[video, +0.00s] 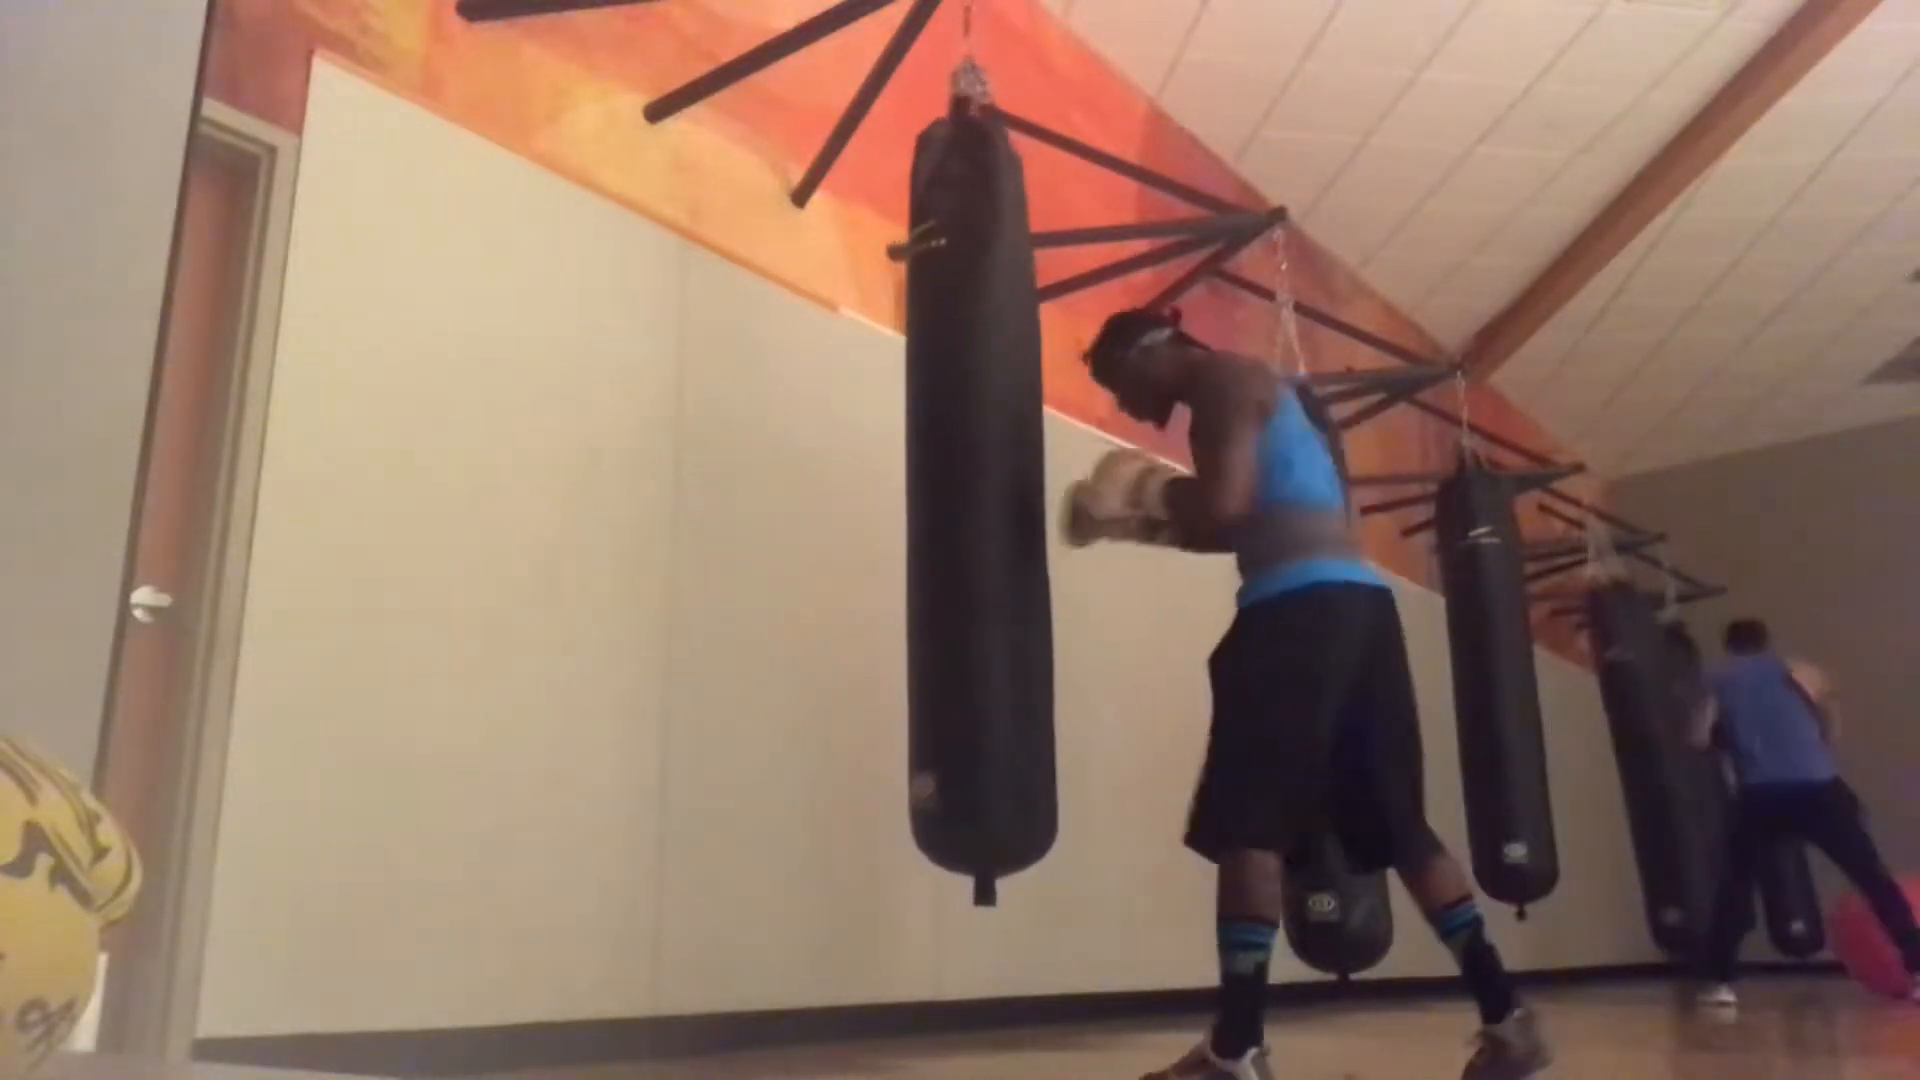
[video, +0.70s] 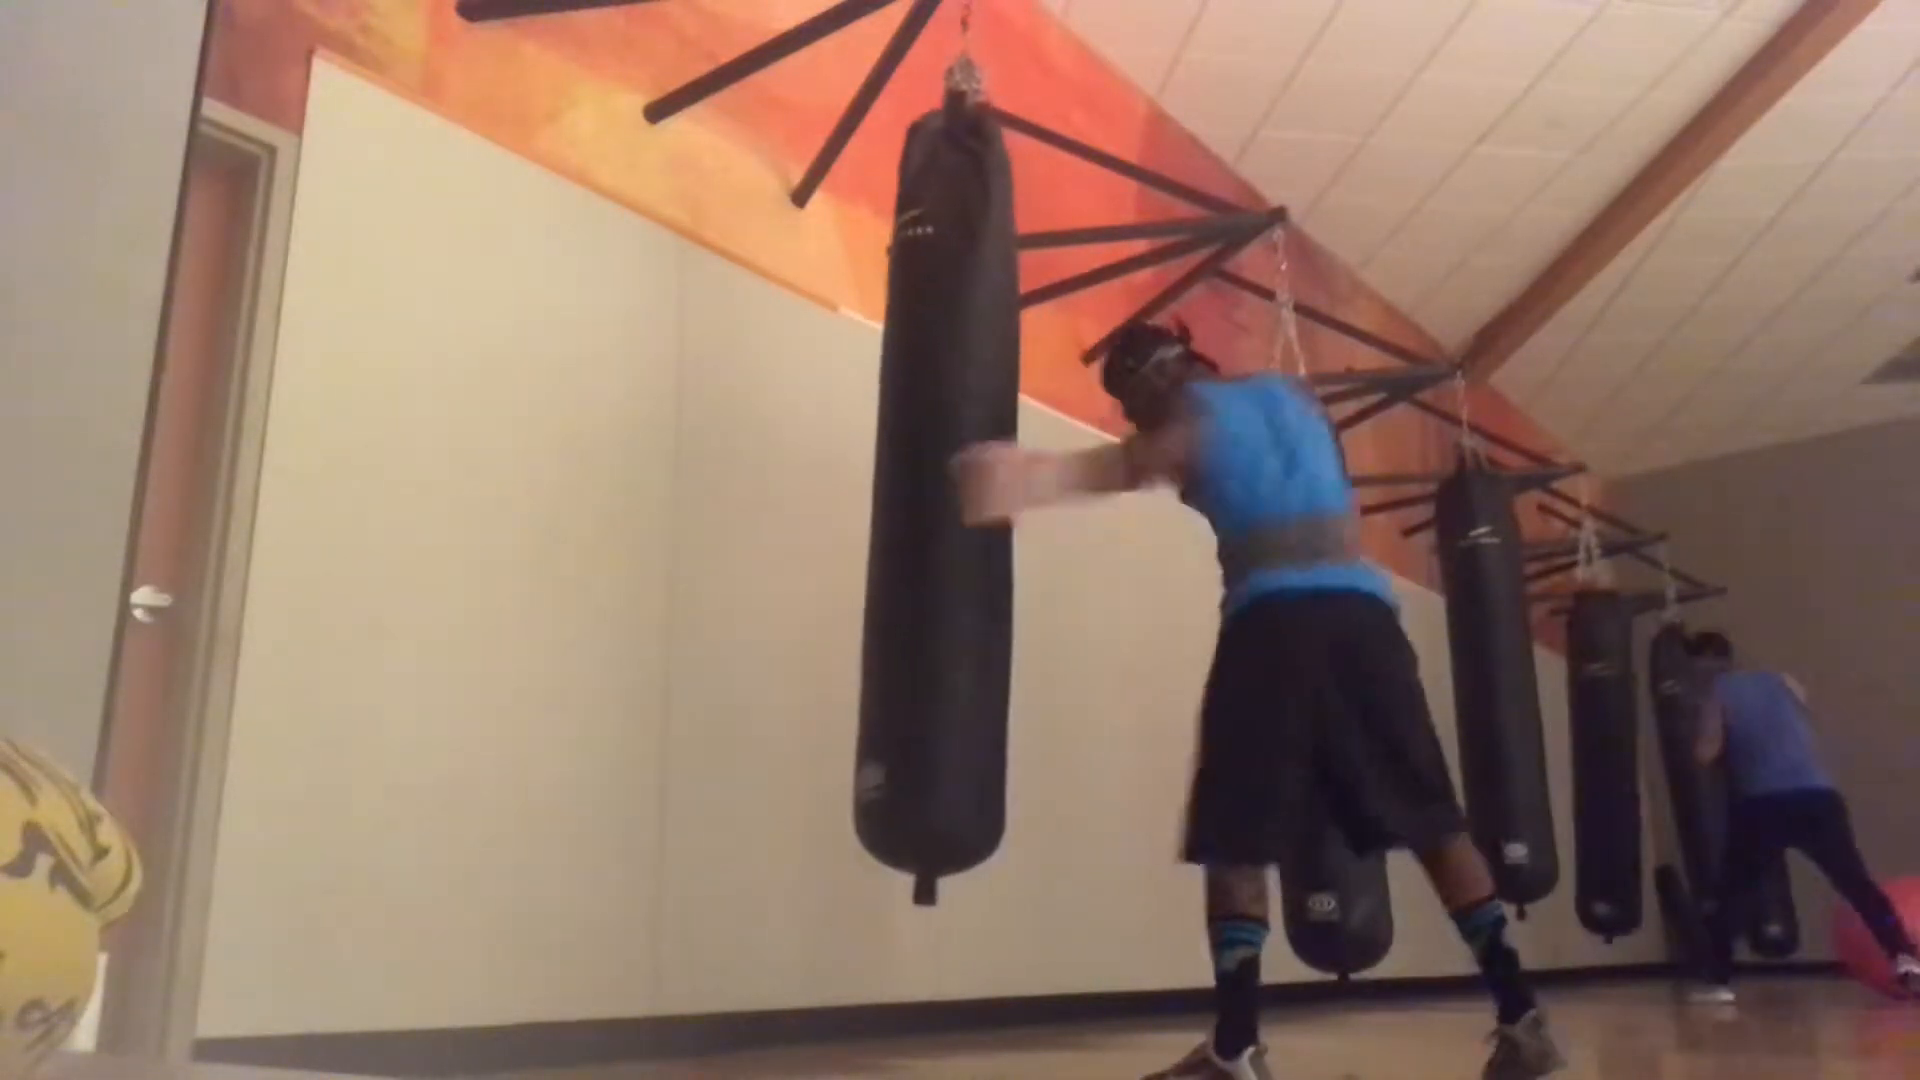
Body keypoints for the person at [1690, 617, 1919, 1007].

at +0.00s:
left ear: (1728, 648)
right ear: (1766, 643)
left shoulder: (1720, 681)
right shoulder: (1793, 668)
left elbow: (1699, 738)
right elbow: (1824, 703)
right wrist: (1826, 742)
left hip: (1761, 797)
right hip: (1820, 790)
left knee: (1736, 884)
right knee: (1872, 877)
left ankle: (1720, 979)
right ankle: (1916, 963)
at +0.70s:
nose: (1698, 671)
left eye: (1697, 665)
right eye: (1698, 664)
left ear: (1704, 663)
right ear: (1731, 654)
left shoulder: (1718, 692)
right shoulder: (1780, 679)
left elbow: (1706, 751)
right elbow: (1808, 715)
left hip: (1761, 804)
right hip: (1816, 797)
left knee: (1732, 888)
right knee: (1855, 881)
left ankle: (1719, 979)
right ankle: (1903, 955)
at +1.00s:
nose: (1724, 669)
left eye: (1722, 664)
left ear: (1722, 664)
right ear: (1756, 657)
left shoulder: (1727, 698)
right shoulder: (1788, 683)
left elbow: (1709, 752)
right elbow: (1813, 714)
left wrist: (1718, 711)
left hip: (1764, 810)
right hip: (1819, 804)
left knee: (1726, 891)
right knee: (1862, 886)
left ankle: (1718, 980)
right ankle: (1906, 963)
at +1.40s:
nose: (1734, 663)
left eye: (1733, 658)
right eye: (1737, 657)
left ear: (1735, 656)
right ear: (1770, 650)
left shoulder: (1737, 688)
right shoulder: (1801, 679)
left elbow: (1706, 738)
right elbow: (1822, 712)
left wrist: (1728, 727)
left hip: (1769, 802)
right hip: (1824, 798)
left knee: (1735, 882)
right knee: (1867, 884)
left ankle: (1721, 964)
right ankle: (1911, 965)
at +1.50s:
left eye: (1721, 650)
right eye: (1734, 645)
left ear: (1715, 652)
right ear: (1749, 643)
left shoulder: (1714, 690)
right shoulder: (1776, 668)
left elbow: (1671, 723)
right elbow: (1807, 695)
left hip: (1762, 794)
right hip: (1815, 785)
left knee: (1735, 878)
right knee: (1863, 873)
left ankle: (1712, 968)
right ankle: (1906, 960)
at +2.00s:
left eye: (1727, 649)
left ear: (1720, 651)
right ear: (1755, 645)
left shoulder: (1712, 686)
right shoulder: (1781, 672)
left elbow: (1667, 701)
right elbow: (1806, 695)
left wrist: (1634, 702)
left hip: (1763, 792)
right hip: (1817, 783)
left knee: (1738, 878)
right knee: (1863, 867)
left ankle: (1715, 970)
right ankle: (1894, 955)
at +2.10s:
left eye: (1747, 648)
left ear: (1738, 651)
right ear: (1774, 646)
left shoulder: (1725, 689)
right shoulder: (1799, 677)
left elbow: (1691, 733)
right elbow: (1823, 707)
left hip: (1766, 800)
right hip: (1824, 794)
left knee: (1740, 884)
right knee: (1867, 878)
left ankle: (1715, 973)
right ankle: (1899, 967)